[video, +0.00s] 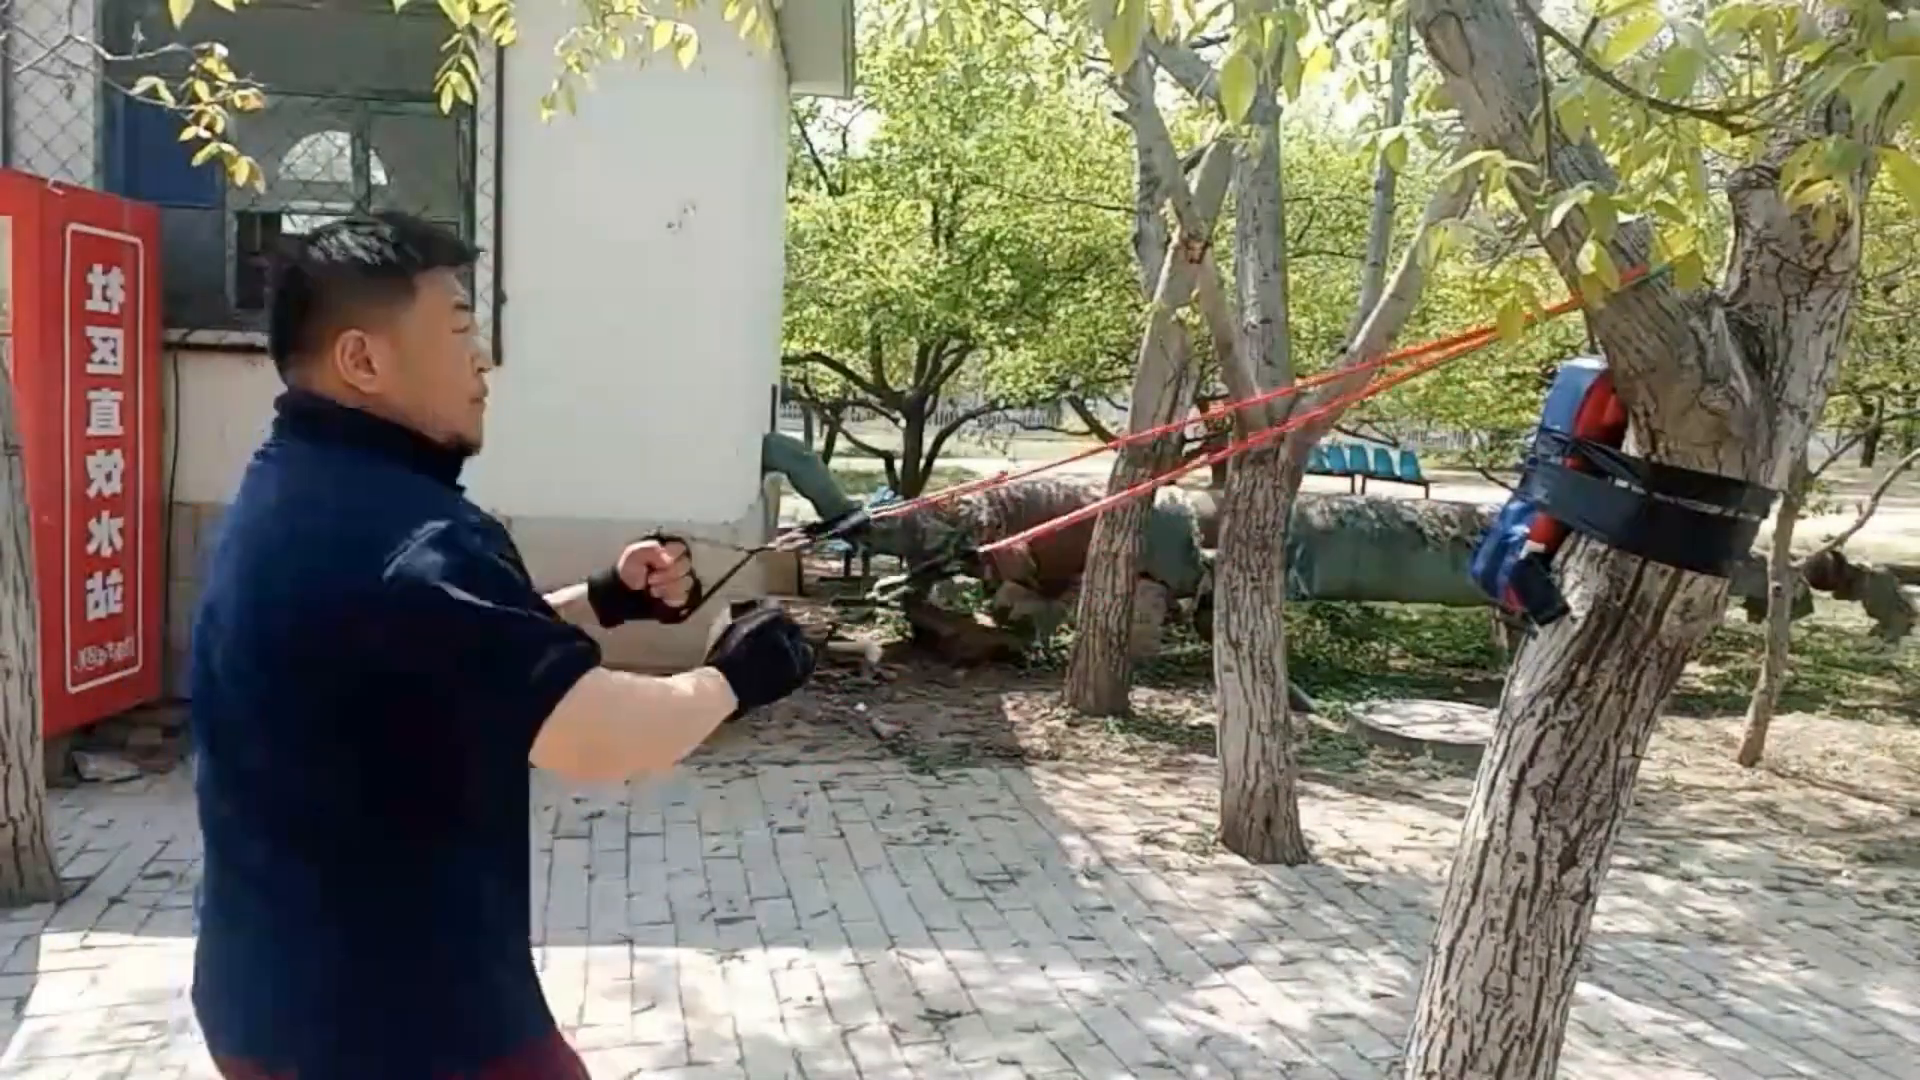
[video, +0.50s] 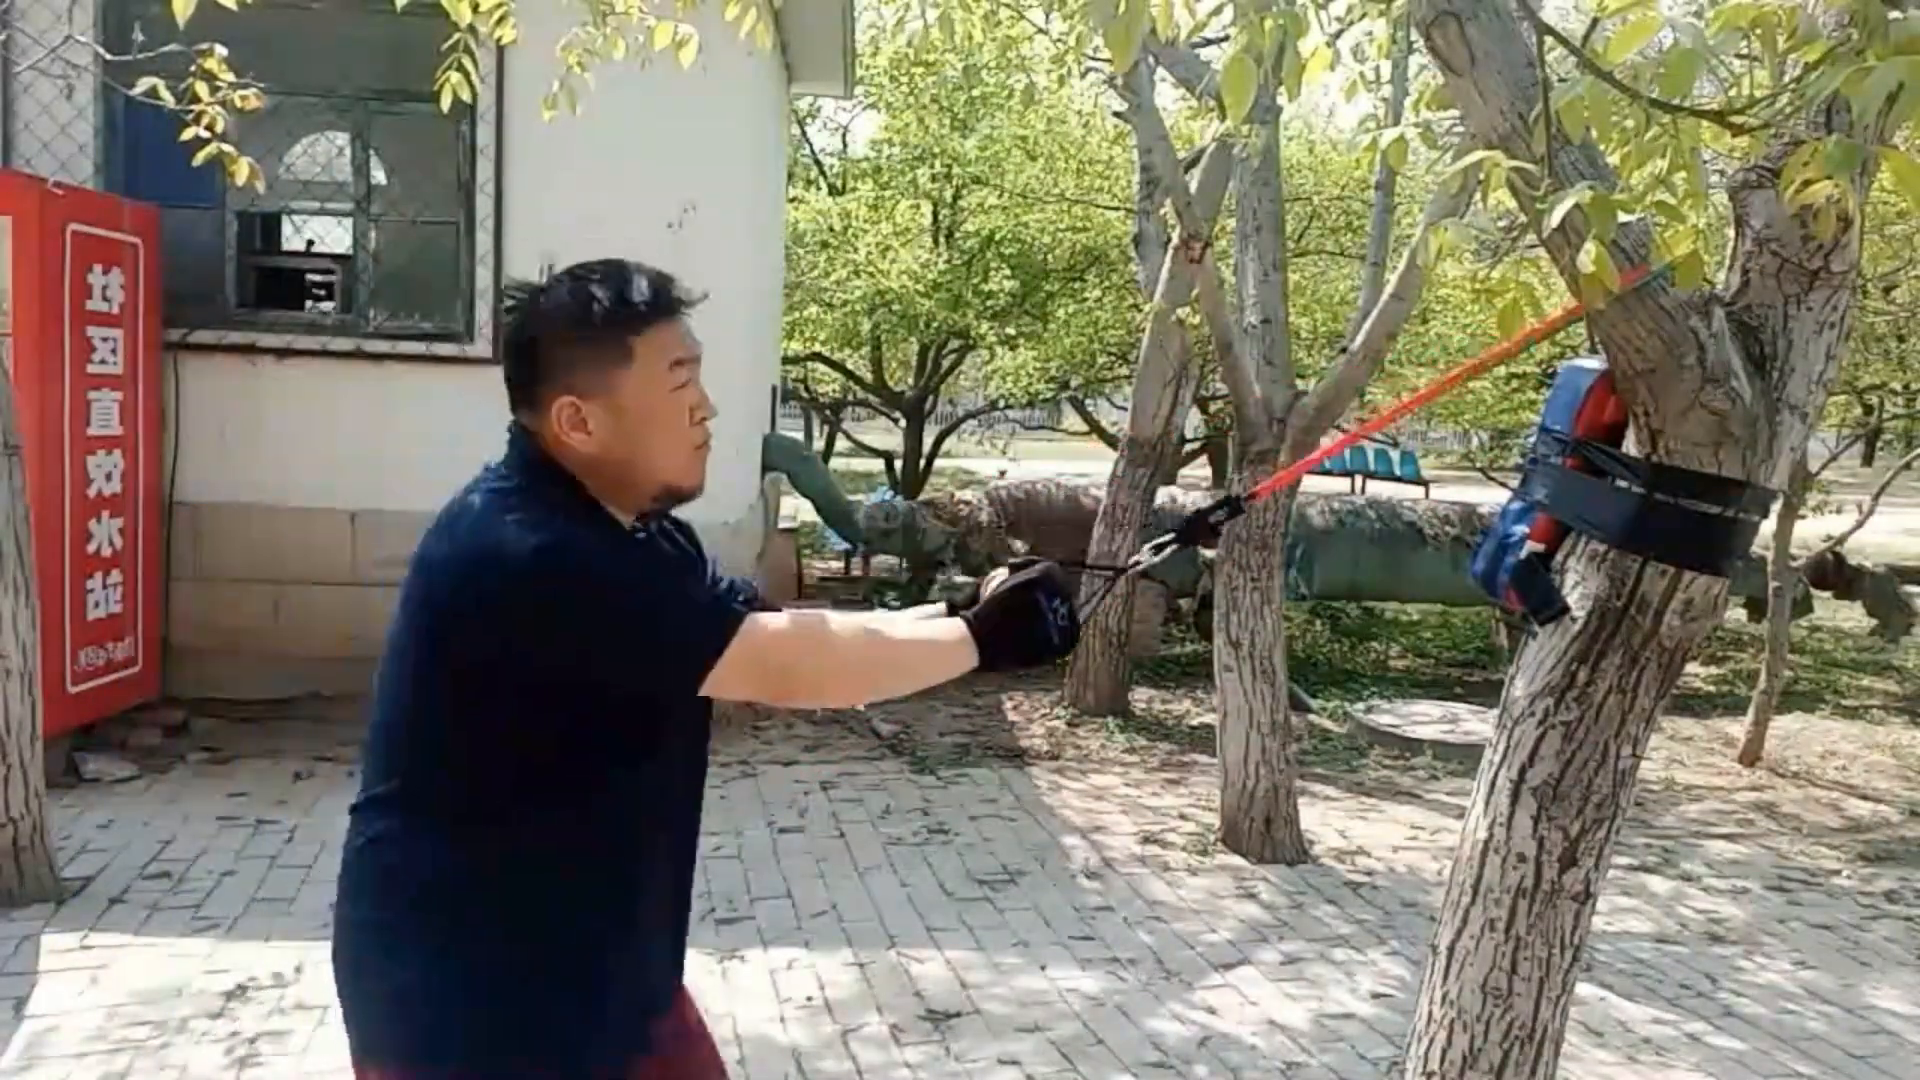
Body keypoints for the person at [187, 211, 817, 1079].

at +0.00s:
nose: (485, 357)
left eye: (470, 326)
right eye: (459, 326)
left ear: (357, 366)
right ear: (363, 362)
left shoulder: (290, 491)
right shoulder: (412, 539)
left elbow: (444, 648)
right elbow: (592, 736)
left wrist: (605, 601)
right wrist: (736, 681)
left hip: (268, 1005)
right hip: (422, 1030)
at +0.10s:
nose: (540, 344)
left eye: (525, 315)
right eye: (511, 318)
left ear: (412, 368)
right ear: (412, 363)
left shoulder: (402, 493)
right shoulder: (420, 542)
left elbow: (599, 609)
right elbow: (659, 723)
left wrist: (775, 582)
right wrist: (836, 653)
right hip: (420, 1042)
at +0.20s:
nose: (568, 350)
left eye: (554, 320)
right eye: (540, 326)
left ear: (443, 373)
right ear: (442, 370)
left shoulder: (450, 495)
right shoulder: (434, 540)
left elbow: (663, 583)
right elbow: (703, 683)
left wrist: (859, 572)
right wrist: (920, 643)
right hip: (422, 1046)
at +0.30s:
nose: (614, 355)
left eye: (601, 329)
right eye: (589, 332)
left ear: (490, 375)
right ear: (488, 372)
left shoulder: (497, 494)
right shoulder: (466, 531)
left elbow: (703, 579)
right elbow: (749, 647)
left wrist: (905, 562)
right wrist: (954, 617)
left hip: (504, 973)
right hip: (439, 1021)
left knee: (634, 1067)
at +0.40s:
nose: (655, 369)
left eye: (644, 339)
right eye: (630, 343)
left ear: (533, 386)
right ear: (530, 383)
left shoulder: (547, 497)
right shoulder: (490, 529)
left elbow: (739, 587)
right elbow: (754, 637)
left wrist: (940, 570)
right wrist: (969, 609)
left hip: (582, 995)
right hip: (489, 1027)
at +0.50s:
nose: (709, 403)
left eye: (696, 373)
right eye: (679, 379)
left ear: (585, 425)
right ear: (576, 423)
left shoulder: (643, 541)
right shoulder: (529, 558)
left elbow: (779, 641)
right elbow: (788, 665)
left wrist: (957, 628)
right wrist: (979, 640)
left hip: (607, 974)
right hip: (471, 1007)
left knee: (700, 1069)